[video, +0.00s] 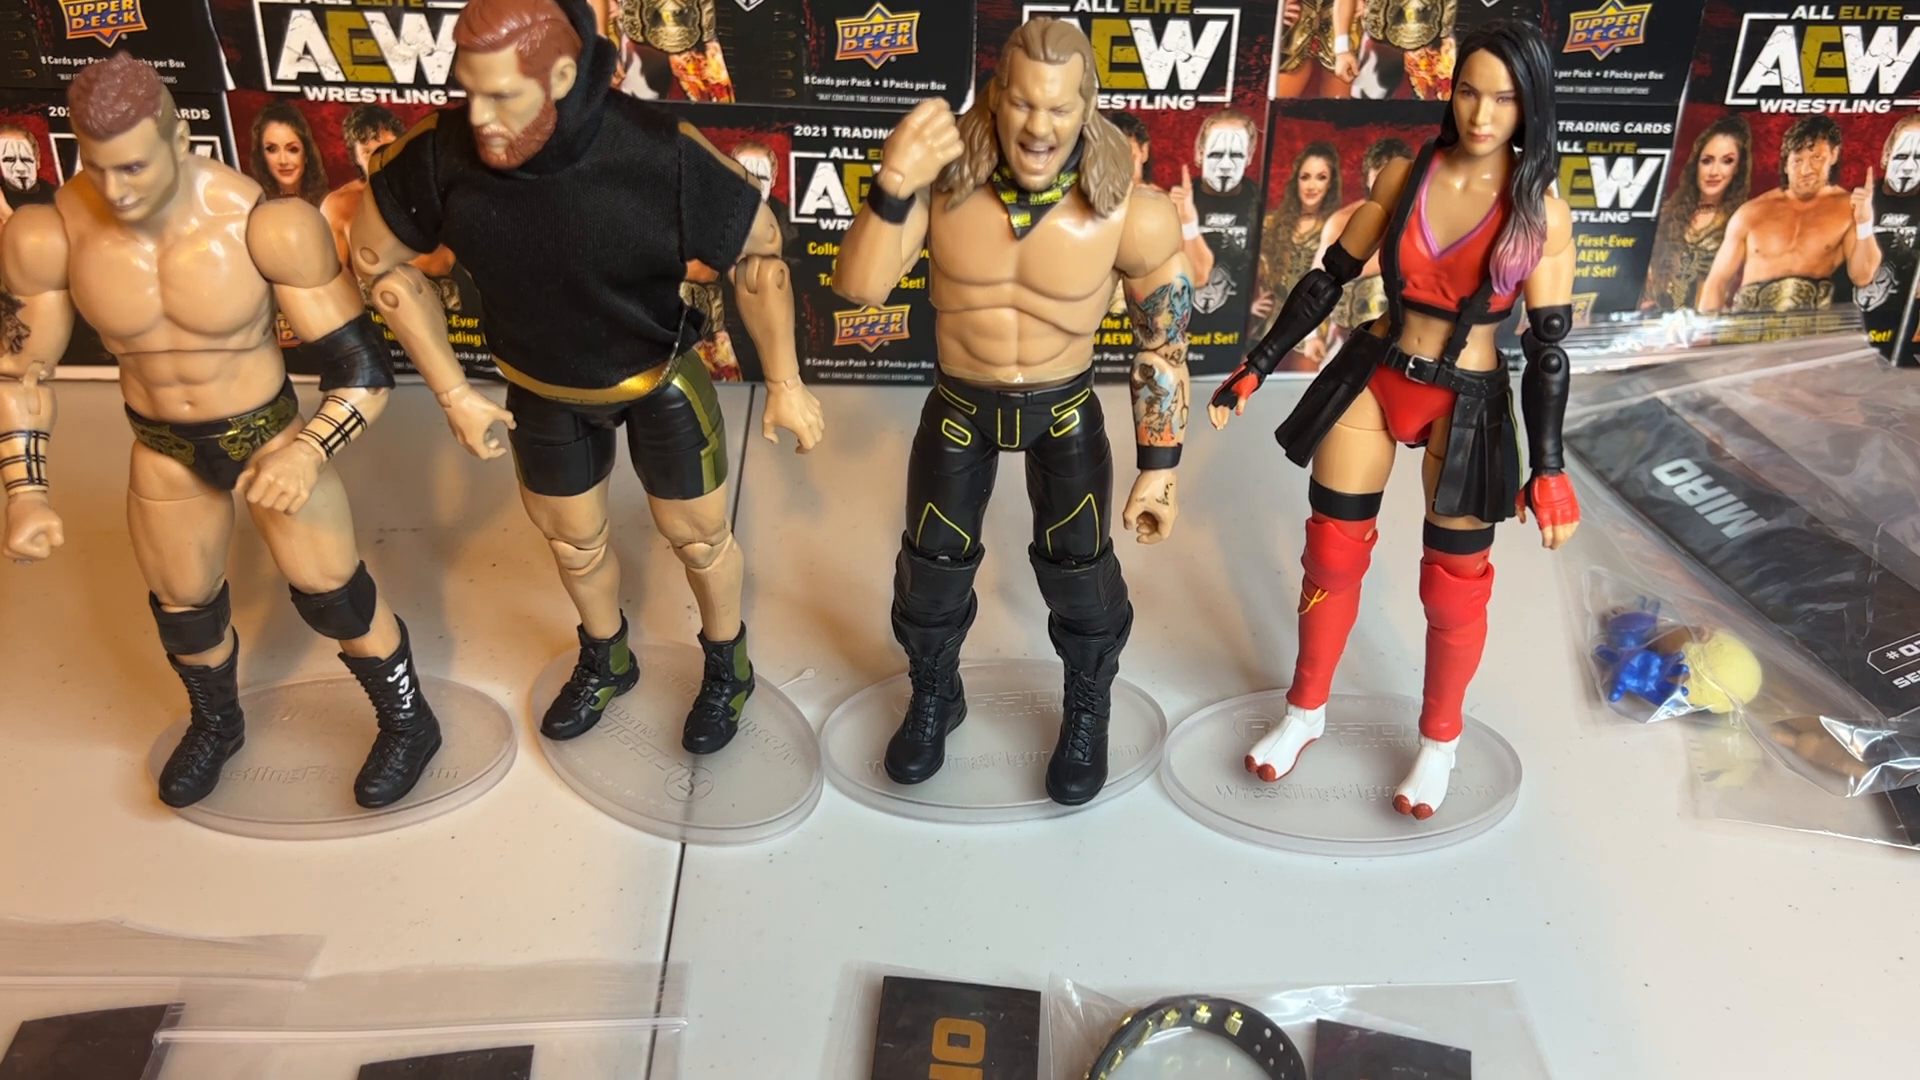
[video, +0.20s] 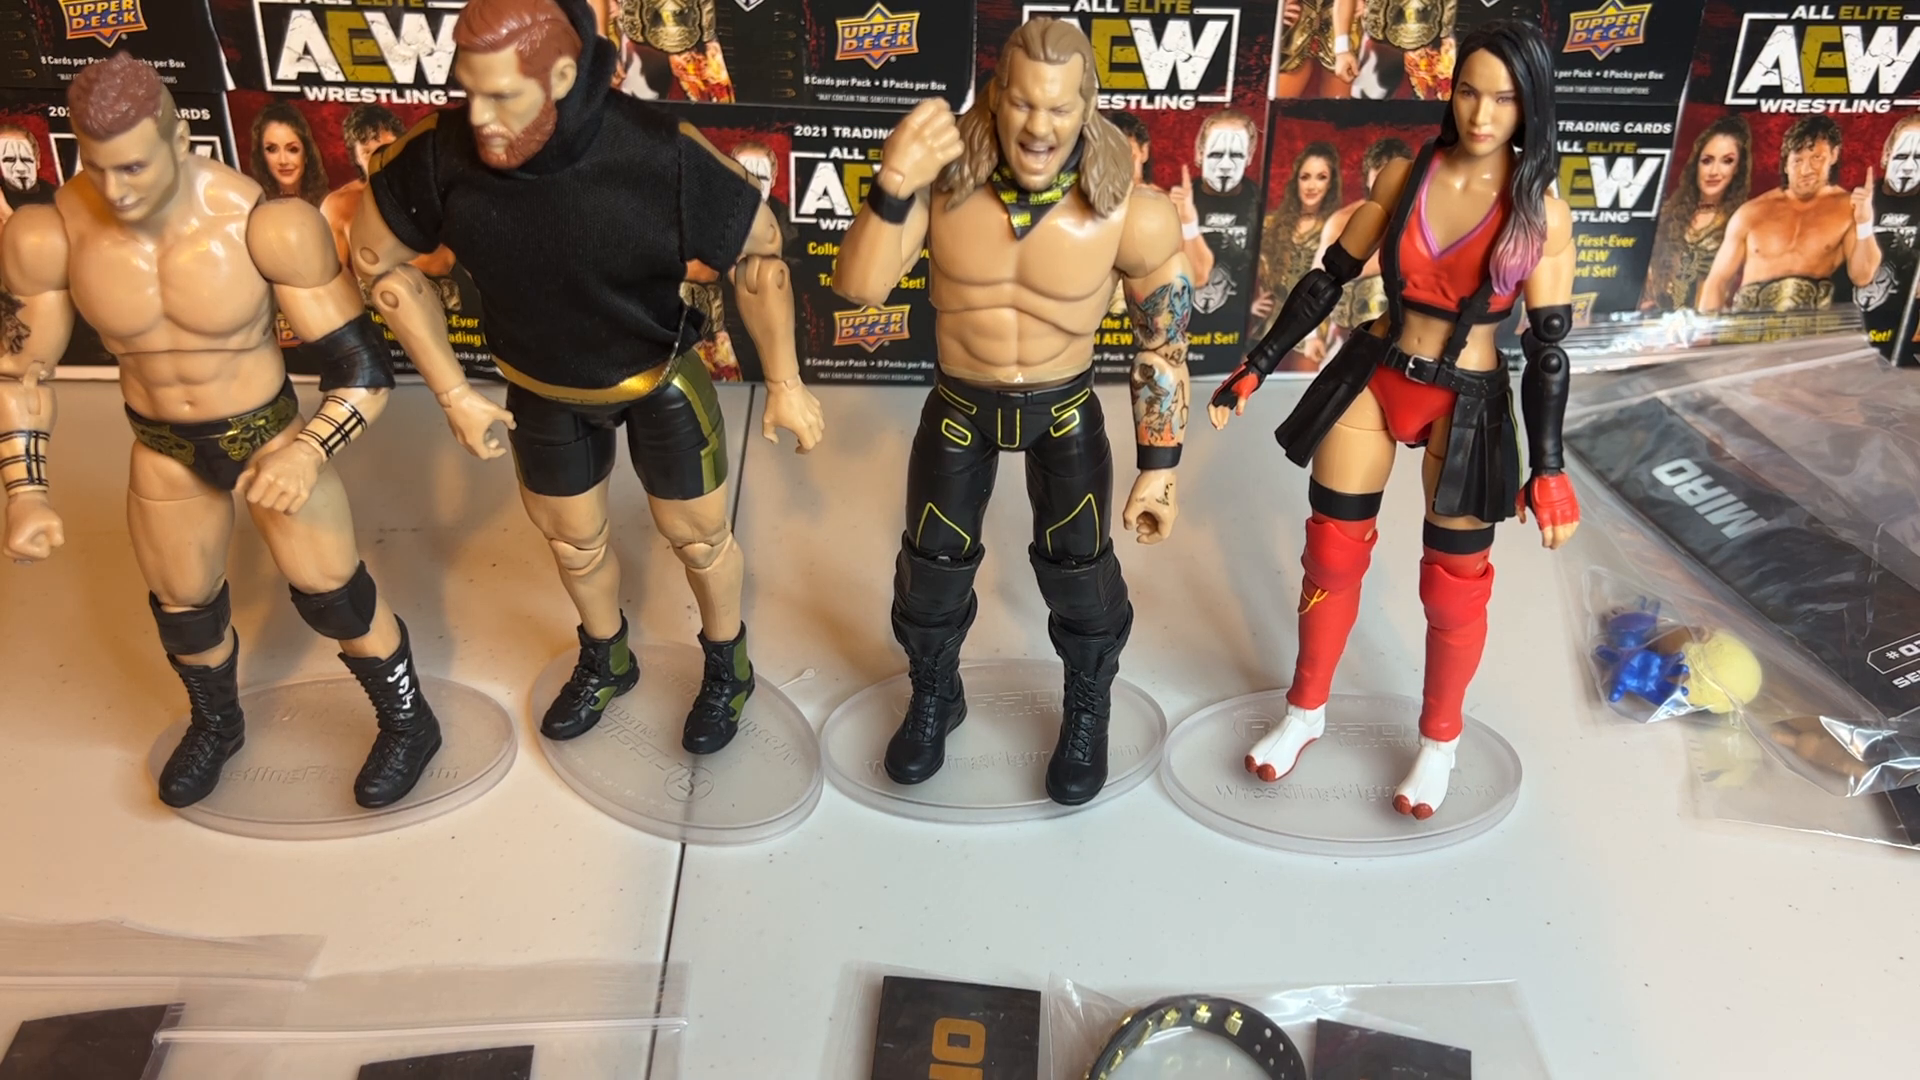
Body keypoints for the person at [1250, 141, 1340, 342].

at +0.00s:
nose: (1312, 186)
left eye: (1321, 178)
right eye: (1305, 177)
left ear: (1332, 183)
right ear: (1295, 180)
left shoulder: (1338, 230)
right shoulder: (1270, 225)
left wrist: (1319, 335)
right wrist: (1251, 302)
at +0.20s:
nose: (1312, 185)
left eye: (1321, 177)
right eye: (1305, 177)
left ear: (1332, 183)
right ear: (1295, 180)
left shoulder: (1338, 230)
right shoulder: (1270, 225)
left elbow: (1337, 286)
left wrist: (1320, 335)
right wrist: (1252, 302)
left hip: (1312, 336)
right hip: (1268, 330)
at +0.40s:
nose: (1312, 186)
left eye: (1321, 177)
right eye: (1305, 177)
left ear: (1332, 183)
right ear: (1295, 181)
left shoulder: (1338, 230)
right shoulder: (1270, 225)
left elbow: (1334, 285)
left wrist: (1319, 335)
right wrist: (1251, 303)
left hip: (1312, 335)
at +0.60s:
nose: (1312, 186)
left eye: (1321, 178)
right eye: (1305, 177)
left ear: (1332, 183)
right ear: (1295, 181)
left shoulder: (1338, 230)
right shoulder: (1270, 225)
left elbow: (1335, 286)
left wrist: (1319, 335)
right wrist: (1252, 302)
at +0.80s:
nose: (1312, 185)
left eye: (1321, 178)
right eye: (1305, 177)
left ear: (1332, 183)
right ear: (1295, 180)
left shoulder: (1338, 230)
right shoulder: (1270, 225)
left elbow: (1337, 287)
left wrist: (1321, 335)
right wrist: (1254, 302)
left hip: (1312, 337)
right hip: (1268, 331)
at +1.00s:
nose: (1312, 186)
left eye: (1321, 177)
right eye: (1305, 177)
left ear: (1332, 183)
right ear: (1295, 181)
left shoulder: (1339, 230)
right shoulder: (1270, 225)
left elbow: (1337, 286)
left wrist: (1320, 335)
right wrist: (1252, 302)